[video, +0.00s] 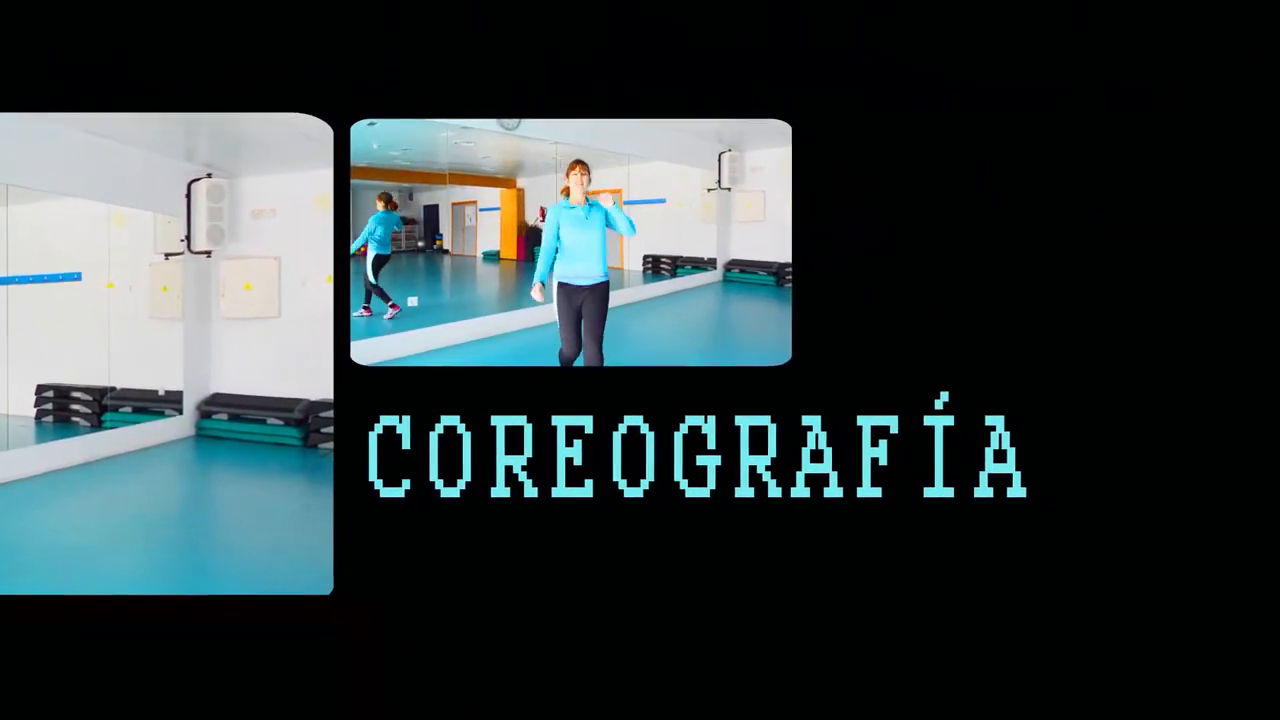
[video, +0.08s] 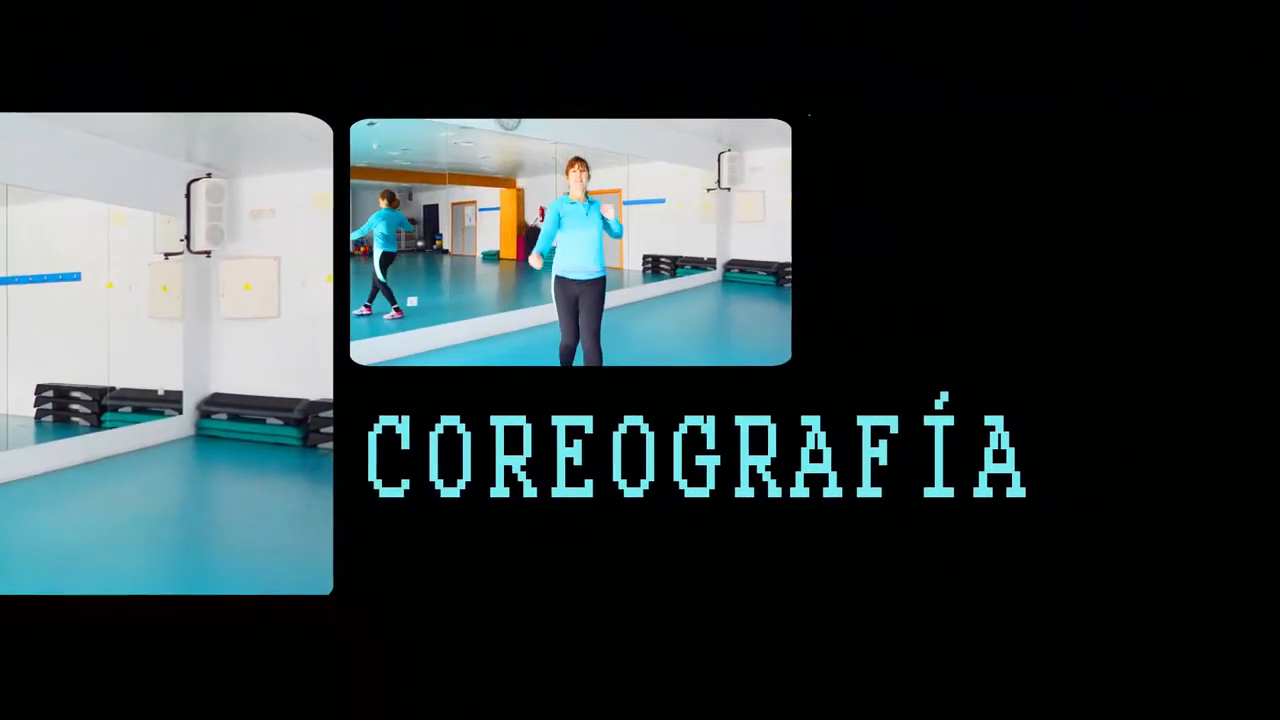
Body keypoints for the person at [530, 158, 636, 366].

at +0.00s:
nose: (579, 177)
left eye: (583, 173)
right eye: (574, 174)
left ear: (589, 179)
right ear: (567, 179)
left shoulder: (601, 209)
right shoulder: (556, 211)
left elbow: (629, 231)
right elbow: (547, 248)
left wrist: (611, 206)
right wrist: (539, 280)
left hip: (597, 286)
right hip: (566, 287)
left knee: (593, 349)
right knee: (571, 349)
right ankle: (564, 364)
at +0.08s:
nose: (579, 175)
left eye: (582, 171)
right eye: (574, 171)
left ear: (588, 176)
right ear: (567, 177)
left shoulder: (597, 206)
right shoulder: (557, 206)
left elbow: (617, 234)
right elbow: (547, 233)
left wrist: (611, 218)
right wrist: (537, 252)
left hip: (594, 280)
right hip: (564, 280)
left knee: (590, 340)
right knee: (569, 339)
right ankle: (565, 365)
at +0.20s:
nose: (578, 167)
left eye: (582, 163)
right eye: (574, 164)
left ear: (588, 168)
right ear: (568, 169)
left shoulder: (596, 198)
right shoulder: (557, 195)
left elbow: (603, 226)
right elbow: (540, 219)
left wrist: (608, 234)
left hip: (591, 269)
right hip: (562, 268)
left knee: (592, 326)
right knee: (565, 326)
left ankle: (594, 364)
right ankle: (562, 365)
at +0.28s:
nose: (578, 167)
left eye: (582, 163)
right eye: (574, 164)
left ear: (588, 168)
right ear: (567, 169)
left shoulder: (595, 198)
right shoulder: (557, 192)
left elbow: (602, 227)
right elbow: (531, 211)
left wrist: (604, 251)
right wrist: (538, 183)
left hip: (588, 266)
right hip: (560, 266)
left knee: (592, 324)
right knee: (564, 324)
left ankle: (592, 359)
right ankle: (561, 364)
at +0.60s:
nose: (572, 174)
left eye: (575, 171)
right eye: (568, 171)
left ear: (581, 174)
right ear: (562, 175)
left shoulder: (592, 199)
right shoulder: (553, 199)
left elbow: (602, 224)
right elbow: (524, 218)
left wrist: (604, 248)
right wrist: (545, 215)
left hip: (583, 261)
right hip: (558, 260)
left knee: (579, 305)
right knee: (556, 307)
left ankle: (577, 343)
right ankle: (551, 353)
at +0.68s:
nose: (570, 169)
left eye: (573, 165)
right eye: (565, 166)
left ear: (578, 168)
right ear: (559, 170)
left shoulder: (589, 193)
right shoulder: (551, 194)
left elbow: (603, 217)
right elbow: (527, 215)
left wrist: (603, 225)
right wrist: (541, 225)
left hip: (580, 253)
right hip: (556, 252)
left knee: (575, 299)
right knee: (556, 299)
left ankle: (573, 342)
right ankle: (551, 344)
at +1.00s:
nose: (552, 181)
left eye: (555, 178)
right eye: (549, 179)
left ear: (561, 181)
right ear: (544, 183)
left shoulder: (569, 202)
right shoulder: (537, 202)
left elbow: (575, 218)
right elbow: (520, 216)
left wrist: (575, 224)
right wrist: (510, 230)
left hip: (563, 253)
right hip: (543, 254)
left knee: (559, 294)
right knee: (551, 292)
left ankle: (551, 334)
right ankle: (557, 317)